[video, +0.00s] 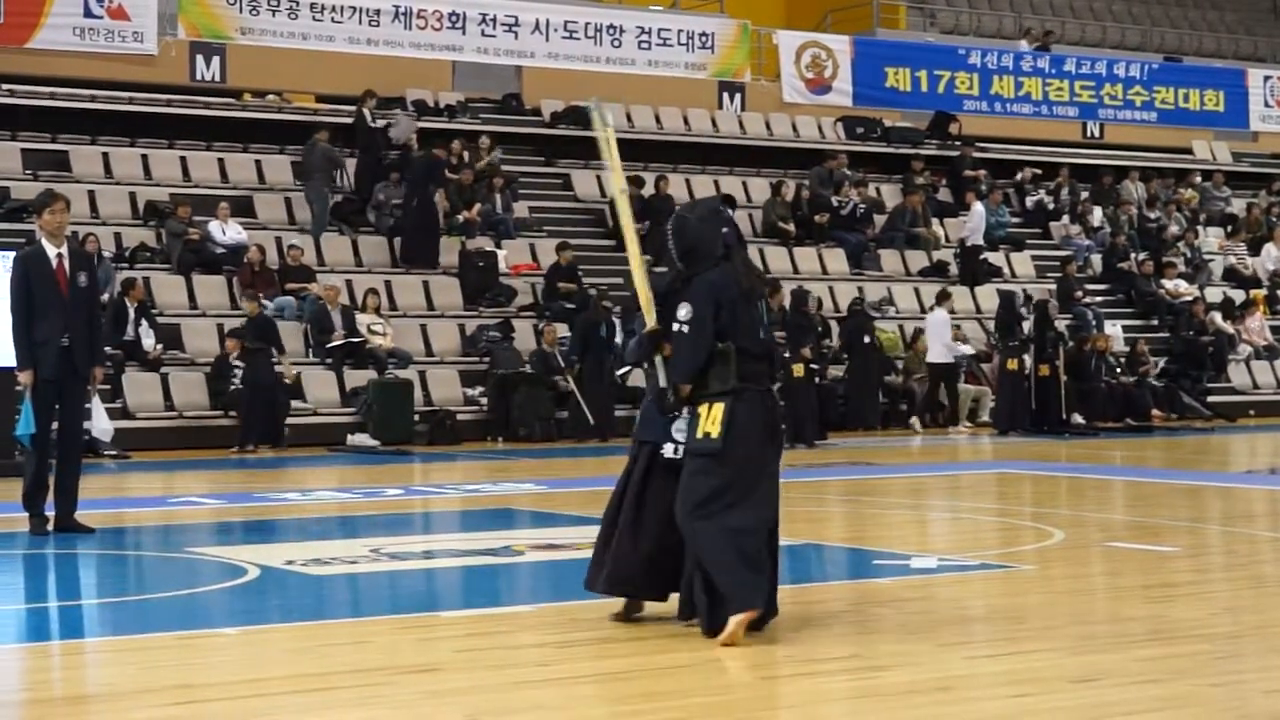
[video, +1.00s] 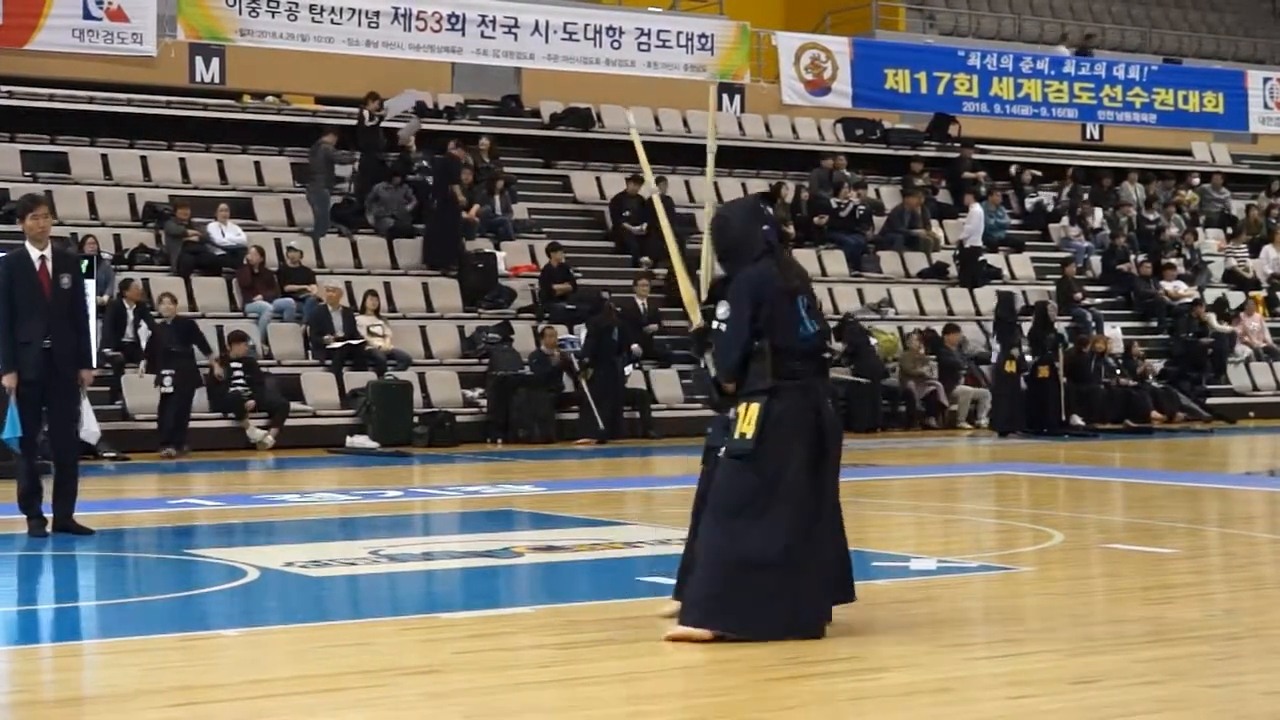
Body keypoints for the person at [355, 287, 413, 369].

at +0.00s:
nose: (374, 301)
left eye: (377, 298)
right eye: (372, 298)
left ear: (379, 300)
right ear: (365, 299)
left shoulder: (382, 317)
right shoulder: (359, 317)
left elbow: (389, 331)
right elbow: (363, 335)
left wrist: (387, 343)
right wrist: (378, 343)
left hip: (385, 344)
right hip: (371, 345)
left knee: (407, 356)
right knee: (382, 357)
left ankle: (394, 376)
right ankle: (382, 379)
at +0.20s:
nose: (374, 302)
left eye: (376, 299)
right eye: (371, 299)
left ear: (379, 301)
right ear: (364, 300)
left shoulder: (382, 318)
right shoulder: (358, 318)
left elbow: (388, 332)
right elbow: (363, 336)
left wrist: (387, 343)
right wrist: (378, 344)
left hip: (384, 344)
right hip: (370, 346)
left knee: (406, 357)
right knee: (381, 358)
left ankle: (394, 377)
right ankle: (381, 381)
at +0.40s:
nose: (373, 302)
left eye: (376, 299)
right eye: (371, 299)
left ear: (378, 302)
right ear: (364, 301)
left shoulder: (381, 318)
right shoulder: (357, 318)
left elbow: (388, 332)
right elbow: (362, 336)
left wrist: (386, 344)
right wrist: (377, 344)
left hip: (384, 345)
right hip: (370, 346)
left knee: (406, 358)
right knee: (381, 358)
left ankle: (394, 378)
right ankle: (381, 381)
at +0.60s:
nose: (373, 302)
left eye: (376, 300)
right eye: (370, 299)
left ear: (378, 302)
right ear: (364, 301)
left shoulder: (381, 318)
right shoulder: (358, 319)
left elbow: (388, 332)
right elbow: (361, 336)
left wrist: (386, 344)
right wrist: (377, 344)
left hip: (384, 345)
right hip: (370, 346)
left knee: (406, 358)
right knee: (381, 359)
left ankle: (393, 378)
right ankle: (380, 381)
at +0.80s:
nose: (373, 302)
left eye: (376, 300)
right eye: (370, 299)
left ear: (378, 302)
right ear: (364, 301)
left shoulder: (381, 318)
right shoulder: (358, 319)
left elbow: (388, 332)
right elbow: (362, 337)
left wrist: (386, 344)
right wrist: (377, 344)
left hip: (384, 345)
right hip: (370, 346)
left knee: (406, 358)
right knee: (381, 359)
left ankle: (393, 378)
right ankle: (380, 381)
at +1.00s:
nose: (374, 302)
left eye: (376, 300)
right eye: (371, 299)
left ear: (379, 302)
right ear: (365, 301)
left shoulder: (382, 319)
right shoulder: (358, 319)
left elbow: (388, 333)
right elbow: (362, 337)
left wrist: (387, 344)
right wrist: (377, 345)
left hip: (384, 346)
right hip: (370, 347)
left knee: (406, 358)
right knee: (381, 359)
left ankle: (393, 378)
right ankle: (381, 381)